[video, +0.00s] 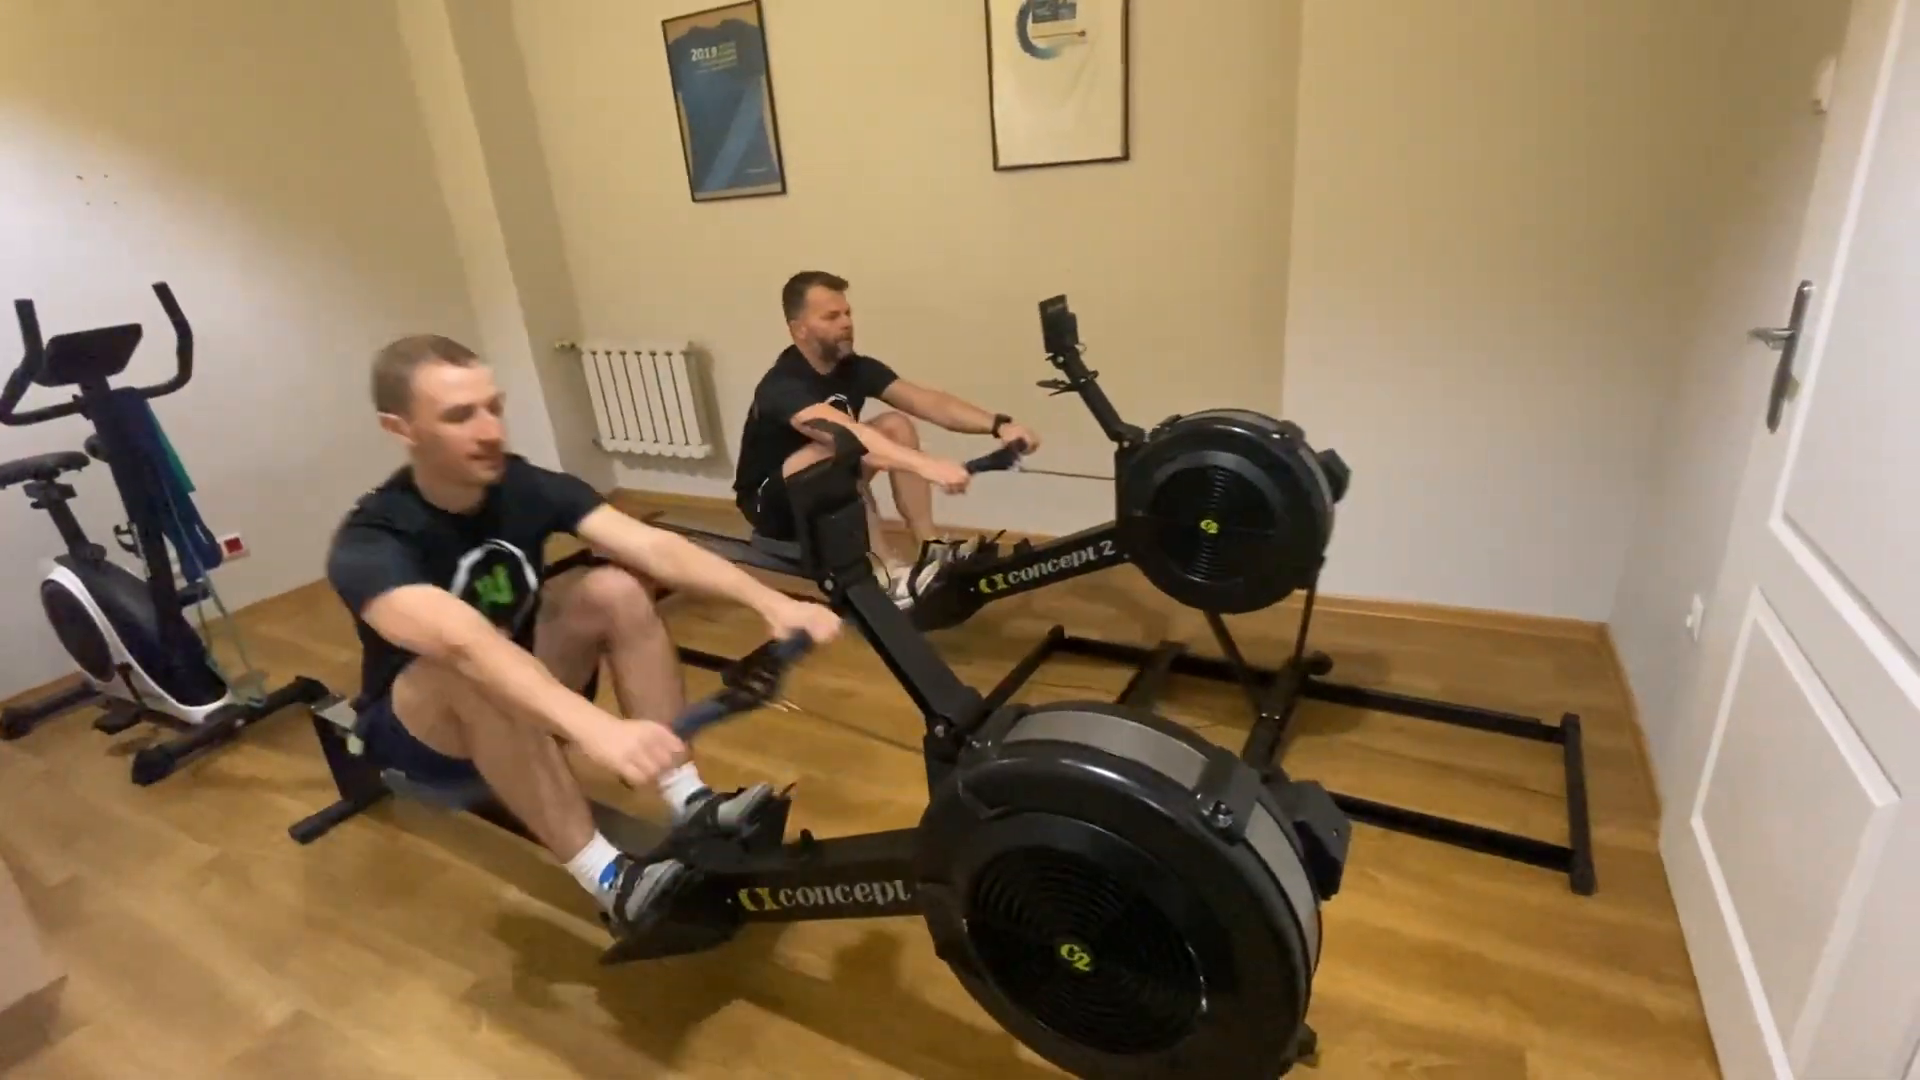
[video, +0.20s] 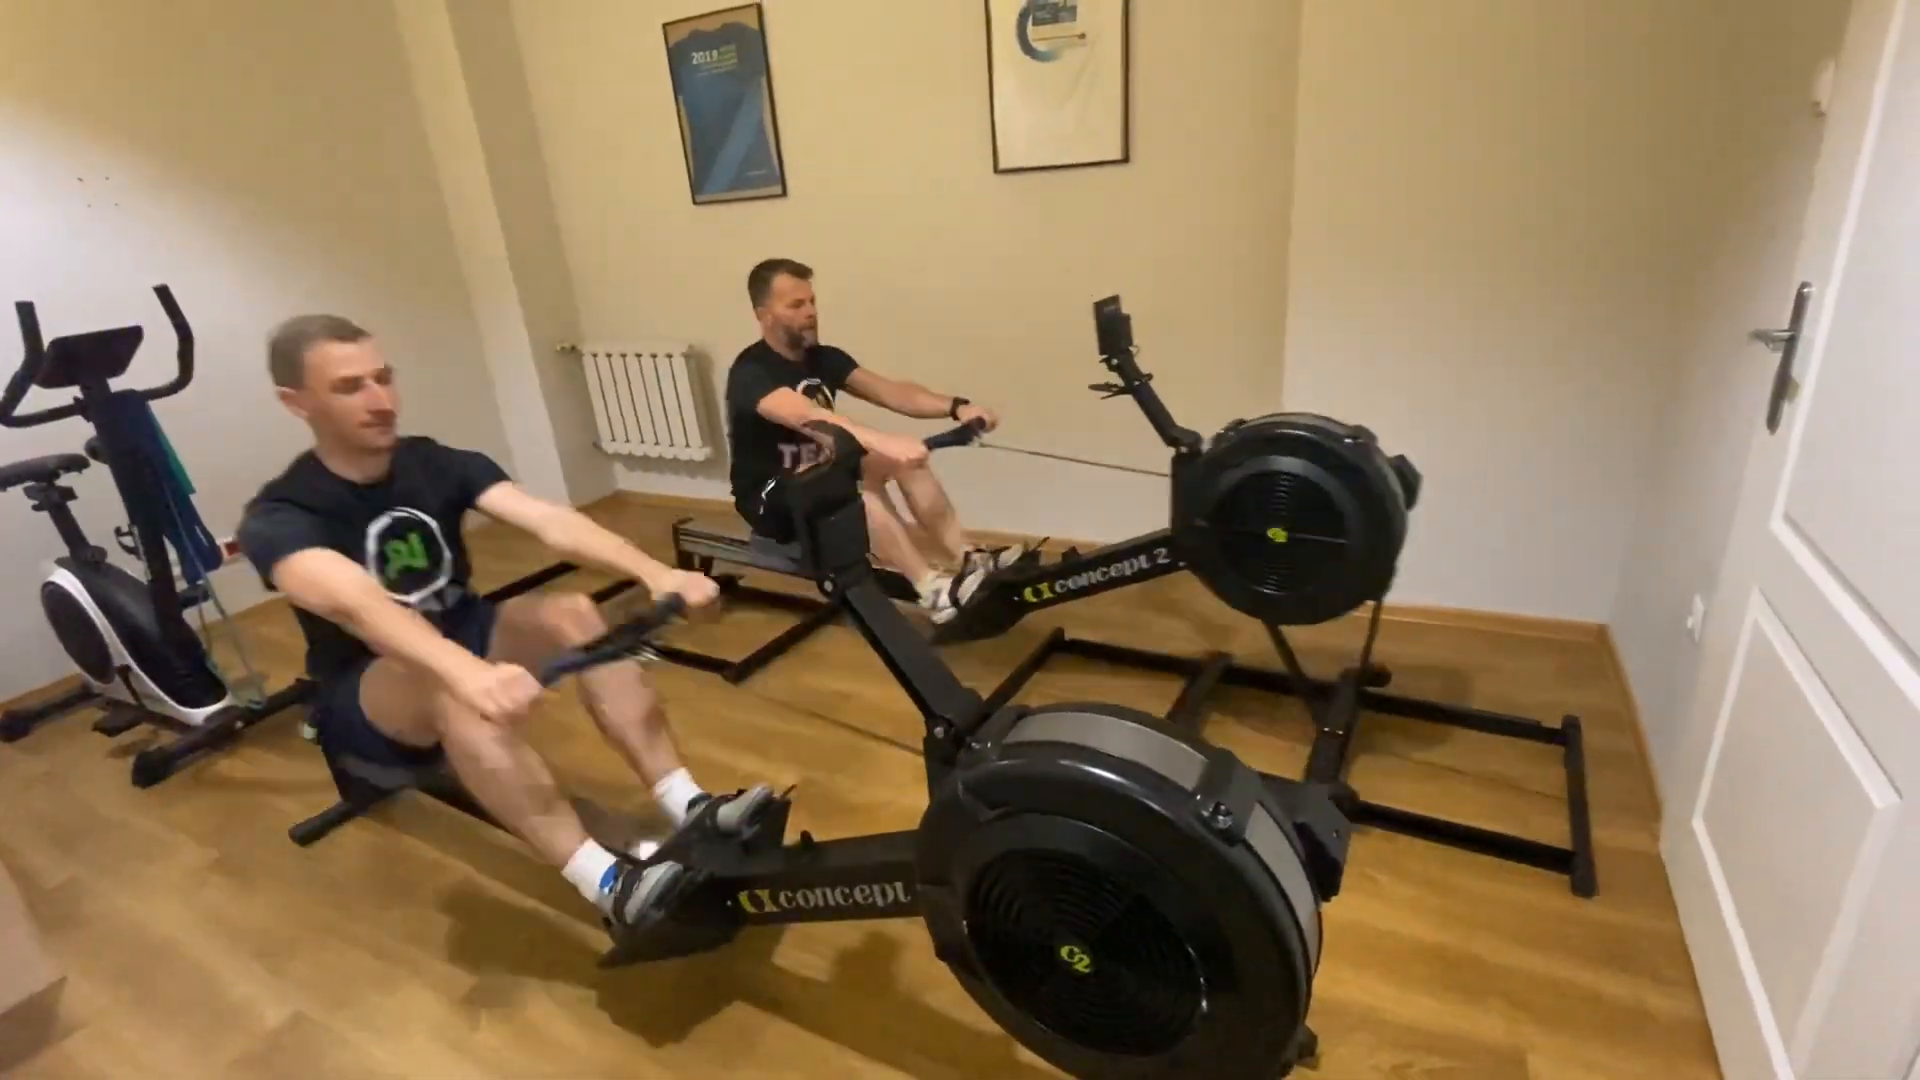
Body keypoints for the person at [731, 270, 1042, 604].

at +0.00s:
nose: (847, 324)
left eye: (848, 314)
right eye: (833, 316)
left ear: (851, 314)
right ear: (797, 328)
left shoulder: (854, 369)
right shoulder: (783, 387)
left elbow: (928, 402)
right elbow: (849, 436)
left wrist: (998, 424)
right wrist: (929, 466)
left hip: (823, 484)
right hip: (770, 500)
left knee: (896, 428)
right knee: (834, 453)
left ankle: (930, 548)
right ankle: (887, 570)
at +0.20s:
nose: (811, 313)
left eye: (811, 302)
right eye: (797, 306)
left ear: (814, 301)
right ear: (764, 315)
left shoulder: (822, 359)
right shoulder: (749, 373)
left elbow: (890, 392)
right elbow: (810, 420)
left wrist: (956, 406)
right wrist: (882, 442)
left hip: (827, 477)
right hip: (773, 499)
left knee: (906, 457)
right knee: (855, 499)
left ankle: (968, 558)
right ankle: (930, 587)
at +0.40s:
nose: (774, 306)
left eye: (775, 295)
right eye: (761, 299)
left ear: (780, 294)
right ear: (726, 306)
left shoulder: (789, 348)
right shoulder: (716, 364)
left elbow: (851, 388)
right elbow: (751, 424)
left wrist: (904, 394)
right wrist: (814, 431)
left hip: (828, 476)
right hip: (777, 497)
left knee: (906, 480)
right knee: (871, 501)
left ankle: (1008, 564)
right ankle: (973, 593)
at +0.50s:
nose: (760, 313)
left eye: (762, 302)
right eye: (747, 306)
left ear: (763, 300)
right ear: (713, 310)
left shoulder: (776, 351)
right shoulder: (702, 368)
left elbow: (829, 391)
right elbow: (715, 436)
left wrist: (870, 395)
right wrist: (780, 431)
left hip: (832, 472)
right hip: (783, 498)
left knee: (902, 494)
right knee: (877, 518)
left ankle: (1022, 566)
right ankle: (988, 597)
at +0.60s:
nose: (751, 319)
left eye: (750, 308)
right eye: (738, 312)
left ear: (747, 306)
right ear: (705, 316)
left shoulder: (760, 356)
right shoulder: (688, 378)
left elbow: (794, 398)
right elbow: (675, 457)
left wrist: (831, 392)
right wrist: (735, 433)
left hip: (829, 473)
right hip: (785, 500)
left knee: (900, 502)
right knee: (879, 534)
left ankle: (1030, 568)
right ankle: (998, 598)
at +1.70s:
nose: (793, 309)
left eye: (794, 298)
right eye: (780, 301)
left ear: (796, 296)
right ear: (746, 309)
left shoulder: (800, 352)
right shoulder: (724, 363)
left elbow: (855, 395)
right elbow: (724, 445)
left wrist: (898, 403)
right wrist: (797, 449)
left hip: (816, 471)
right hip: (761, 489)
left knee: (895, 458)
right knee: (850, 478)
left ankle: (968, 554)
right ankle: (932, 583)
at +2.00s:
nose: (818, 317)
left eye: (819, 307)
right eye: (804, 310)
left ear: (821, 303)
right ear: (769, 317)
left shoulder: (826, 358)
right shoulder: (746, 369)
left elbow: (888, 395)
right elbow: (779, 442)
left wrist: (945, 413)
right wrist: (854, 462)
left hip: (818, 476)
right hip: (762, 496)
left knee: (888, 429)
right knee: (818, 460)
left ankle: (932, 548)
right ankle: (892, 566)